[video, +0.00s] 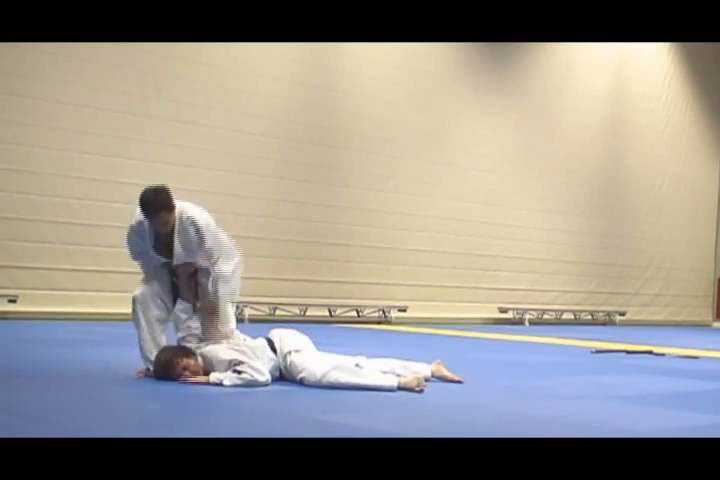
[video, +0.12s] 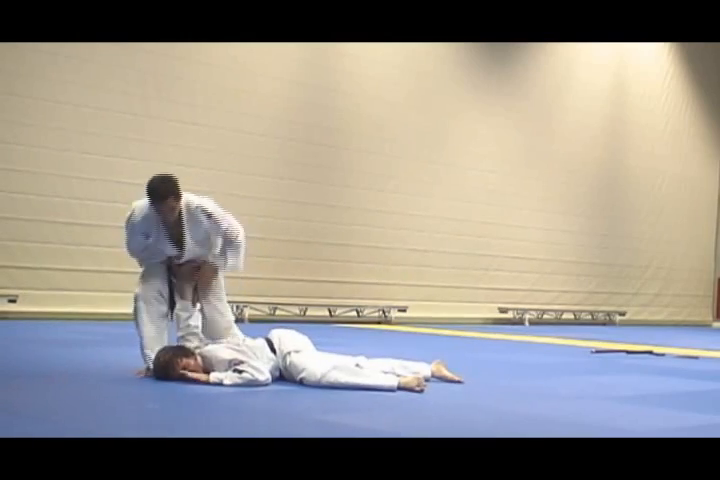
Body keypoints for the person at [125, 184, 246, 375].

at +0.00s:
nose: (162, 224)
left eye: (166, 219)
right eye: (156, 221)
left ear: (173, 210)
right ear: (148, 218)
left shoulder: (196, 222)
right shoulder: (138, 229)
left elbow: (218, 263)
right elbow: (147, 264)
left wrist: (215, 301)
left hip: (208, 270)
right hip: (170, 272)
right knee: (143, 299)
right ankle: (154, 365)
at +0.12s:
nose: (167, 215)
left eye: (171, 209)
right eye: (161, 210)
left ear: (179, 199)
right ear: (152, 205)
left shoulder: (201, 209)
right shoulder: (140, 215)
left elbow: (235, 234)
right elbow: (137, 250)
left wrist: (215, 266)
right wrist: (173, 267)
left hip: (202, 261)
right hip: (163, 265)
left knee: (218, 312)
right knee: (145, 297)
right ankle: (154, 364)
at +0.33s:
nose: (187, 196)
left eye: (192, 190)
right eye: (182, 192)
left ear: (200, 182)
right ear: (173, 186)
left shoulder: (218, 195)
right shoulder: (157, 201)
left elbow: (236, 226)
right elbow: (153, 243)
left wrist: (221, 249)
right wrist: (176, 266)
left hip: (209, 256)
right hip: (171, 257)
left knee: (224, 323)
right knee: (159, 299)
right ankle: (155, 361)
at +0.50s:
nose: (207, 204)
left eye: (212, 198)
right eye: (201, 199)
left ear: (219, 193)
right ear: (193, 195)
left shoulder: (232, 207)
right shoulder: (175, 207)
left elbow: (246, 245)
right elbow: (168, 248)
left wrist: (226, 266)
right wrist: (182, 287)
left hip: (216, 257)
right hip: (182, 256)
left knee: (217, 309)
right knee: (162, 292)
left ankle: (217, 358)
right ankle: (171, 351)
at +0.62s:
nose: (213, 224)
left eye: (218, 218)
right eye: (208, 218)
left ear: (227, 213)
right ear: (202, 213)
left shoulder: (239, 221)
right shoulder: (186, 224)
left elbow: (249, 255)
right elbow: (180, 266)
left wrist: (227, 273)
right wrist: (183, 312)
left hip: (218, 271)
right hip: (188, 268)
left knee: (222, 315)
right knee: (162, 308)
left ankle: (218, 361)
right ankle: (171, 350)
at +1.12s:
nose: (199, 197)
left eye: (202, 192)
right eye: (194, 192)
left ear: (208, 191)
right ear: (185, 191)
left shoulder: (215, 211)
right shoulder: (171, 211)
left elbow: (226, 244)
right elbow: (169, 251)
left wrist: (213, 268)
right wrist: (184, 283)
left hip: (201, 258)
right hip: (174, 256)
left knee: (209, 304)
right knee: (170, 306)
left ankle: (216, 351)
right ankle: (165, 350)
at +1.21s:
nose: (192, 183)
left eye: (196, 178)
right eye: (186, 178)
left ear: (202, 178)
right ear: (178, 178)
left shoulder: (208, 201)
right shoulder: (162, 200)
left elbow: (217, 232)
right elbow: (157, 238)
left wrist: (211, 260)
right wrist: (176, 269)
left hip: (193, 252)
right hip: (165, 251)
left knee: (207, 288)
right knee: (168, 295)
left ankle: (205, 342)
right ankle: (167, 347)